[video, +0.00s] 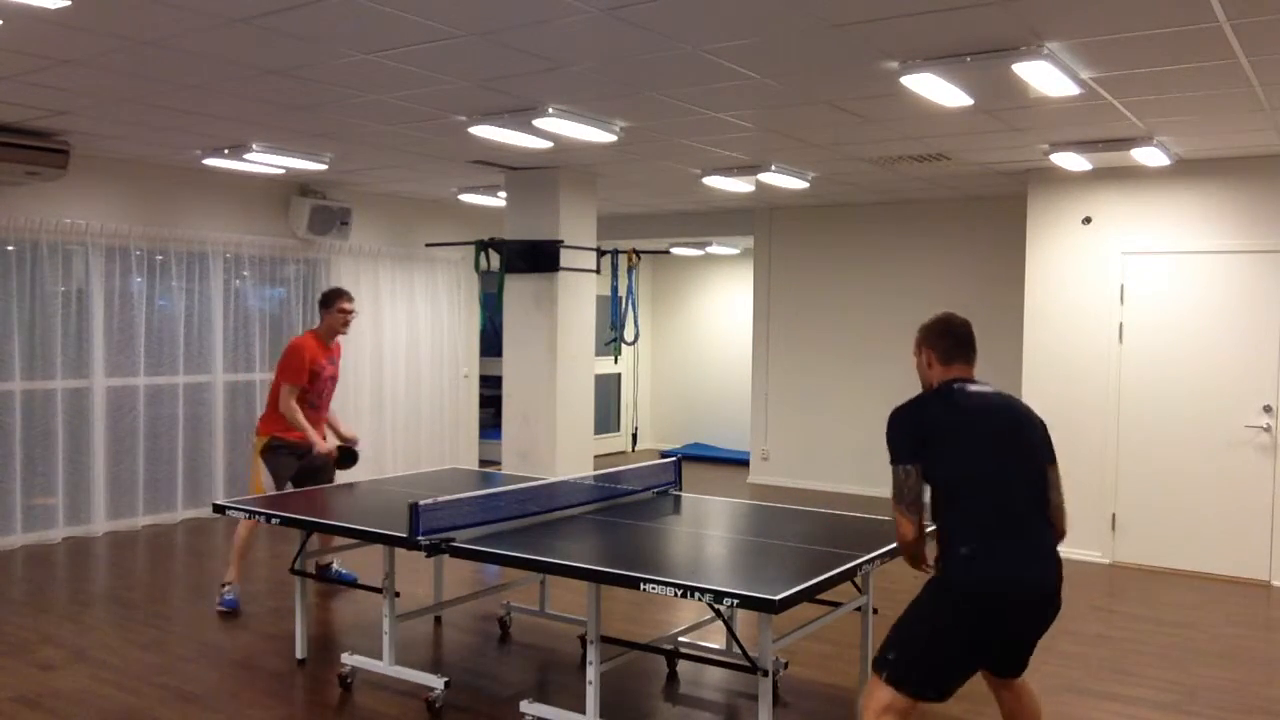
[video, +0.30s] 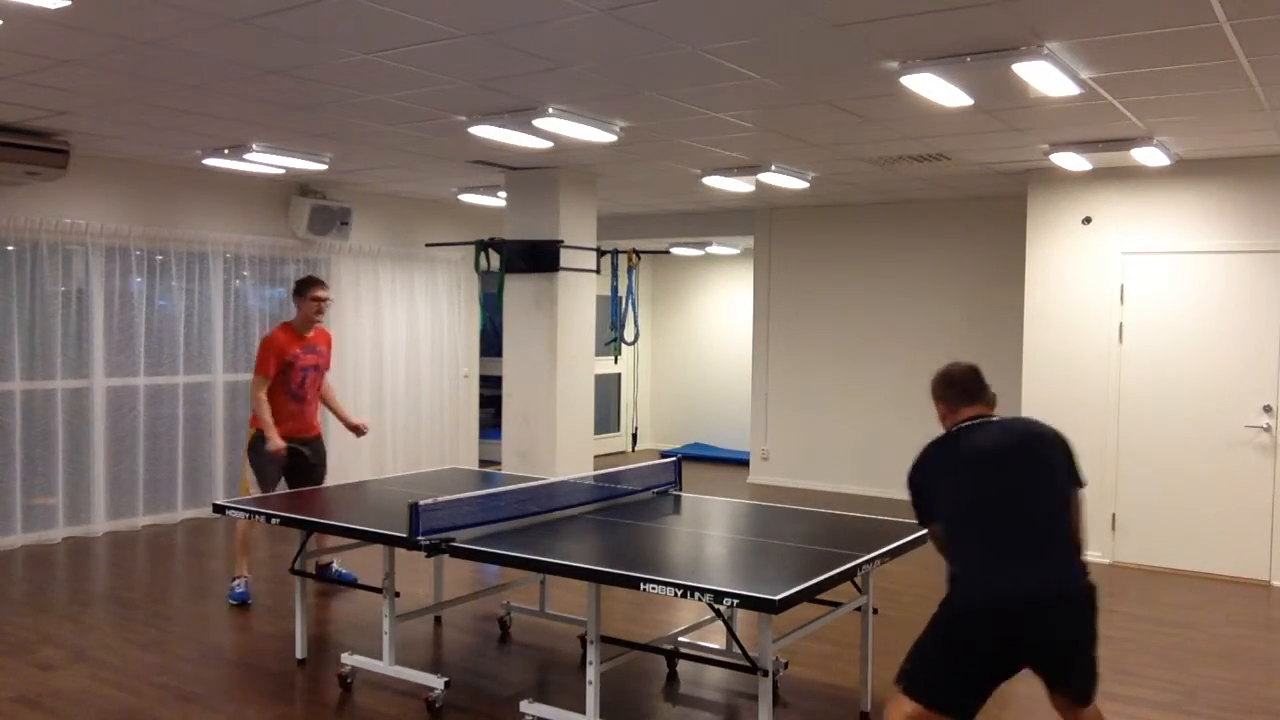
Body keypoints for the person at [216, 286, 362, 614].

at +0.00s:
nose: (349, 318)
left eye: (352, 313)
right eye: (343, 312)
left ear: (349, 316)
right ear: (324, 314)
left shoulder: (334, 348)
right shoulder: (301, 348)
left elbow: (317, 403)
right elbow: (286, 404)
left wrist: (341, 432)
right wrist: (315, 439)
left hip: (309, 439)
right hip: (277, 439)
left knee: (326, 502)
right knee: (259, 507)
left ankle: (324, 564)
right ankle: (230, 582)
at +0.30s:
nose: (321, 307)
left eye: (325, 302)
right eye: (315, 301)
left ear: (327, 305)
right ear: (298, 302)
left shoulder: (324, 338)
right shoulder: (275, 341)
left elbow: (321, 384)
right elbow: (258, 392)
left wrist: (347, 420)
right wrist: (271, 432)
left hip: (309, 440)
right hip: (271, 439)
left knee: (316, 504)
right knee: (252, 507)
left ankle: (323, 563)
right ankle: (241, 576)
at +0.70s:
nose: (297, 299)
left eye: (300, 294)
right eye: (289, 294)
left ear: (303, 298)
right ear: (272, 298)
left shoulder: (309, 334)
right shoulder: (253, 340)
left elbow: (311, 380)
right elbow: (240, 395)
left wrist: (331, 419)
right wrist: (230, 445)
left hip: (305, 436)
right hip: (265, 436)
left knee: (319, 499)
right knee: (247, 506)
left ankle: (330, 558)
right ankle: (240, 576)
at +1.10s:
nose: (329, 301)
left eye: (333, 296)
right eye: (323, 296)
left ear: (335, 301)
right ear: (307, 300)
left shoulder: (337, 339)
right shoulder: (288, 337)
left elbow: (334, 388)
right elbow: (272, 389)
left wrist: (354, 426)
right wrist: (270, 438)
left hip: (329, 438)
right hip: (293, 438)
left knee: (340, 503)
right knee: (270, 508)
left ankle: (354, 566)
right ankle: (243, 575)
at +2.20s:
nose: (310, 318)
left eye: (313, 313)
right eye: (304, 313)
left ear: (315, 315)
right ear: (284, 313)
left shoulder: (317, 348)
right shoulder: (257, 351)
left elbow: (317, 391)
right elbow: (236, 400)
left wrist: (330, 416)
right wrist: (242, 442)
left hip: (304, 446)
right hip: (265, 448)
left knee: (327, 506)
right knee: (251, 516)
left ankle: (335, 566)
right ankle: (222, 594)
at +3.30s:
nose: (348, 313)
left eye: (351, 307)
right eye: (342, 307)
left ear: (351, 311)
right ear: (325, 307)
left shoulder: (342, 345)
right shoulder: (303, 345)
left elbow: (335, 393)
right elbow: (299, 399)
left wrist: (365, 414)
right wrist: (327, 437)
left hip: (328, 436)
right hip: (294, 437)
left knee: (342, 498)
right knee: (271, 507)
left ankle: (340, 562)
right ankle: (243, 583)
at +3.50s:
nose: (325, 322)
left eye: (329, 317)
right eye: (319, 317)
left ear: (333, 319)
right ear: (302, 317)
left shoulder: (337, 352)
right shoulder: (277, 356)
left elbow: (341, 392)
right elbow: (263, 404)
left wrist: (362, 422)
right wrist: (262, 448)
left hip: (325, 445)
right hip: (284, 447)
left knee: (350, 503)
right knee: (262, 511)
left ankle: (365, 554)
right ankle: (243, 585)